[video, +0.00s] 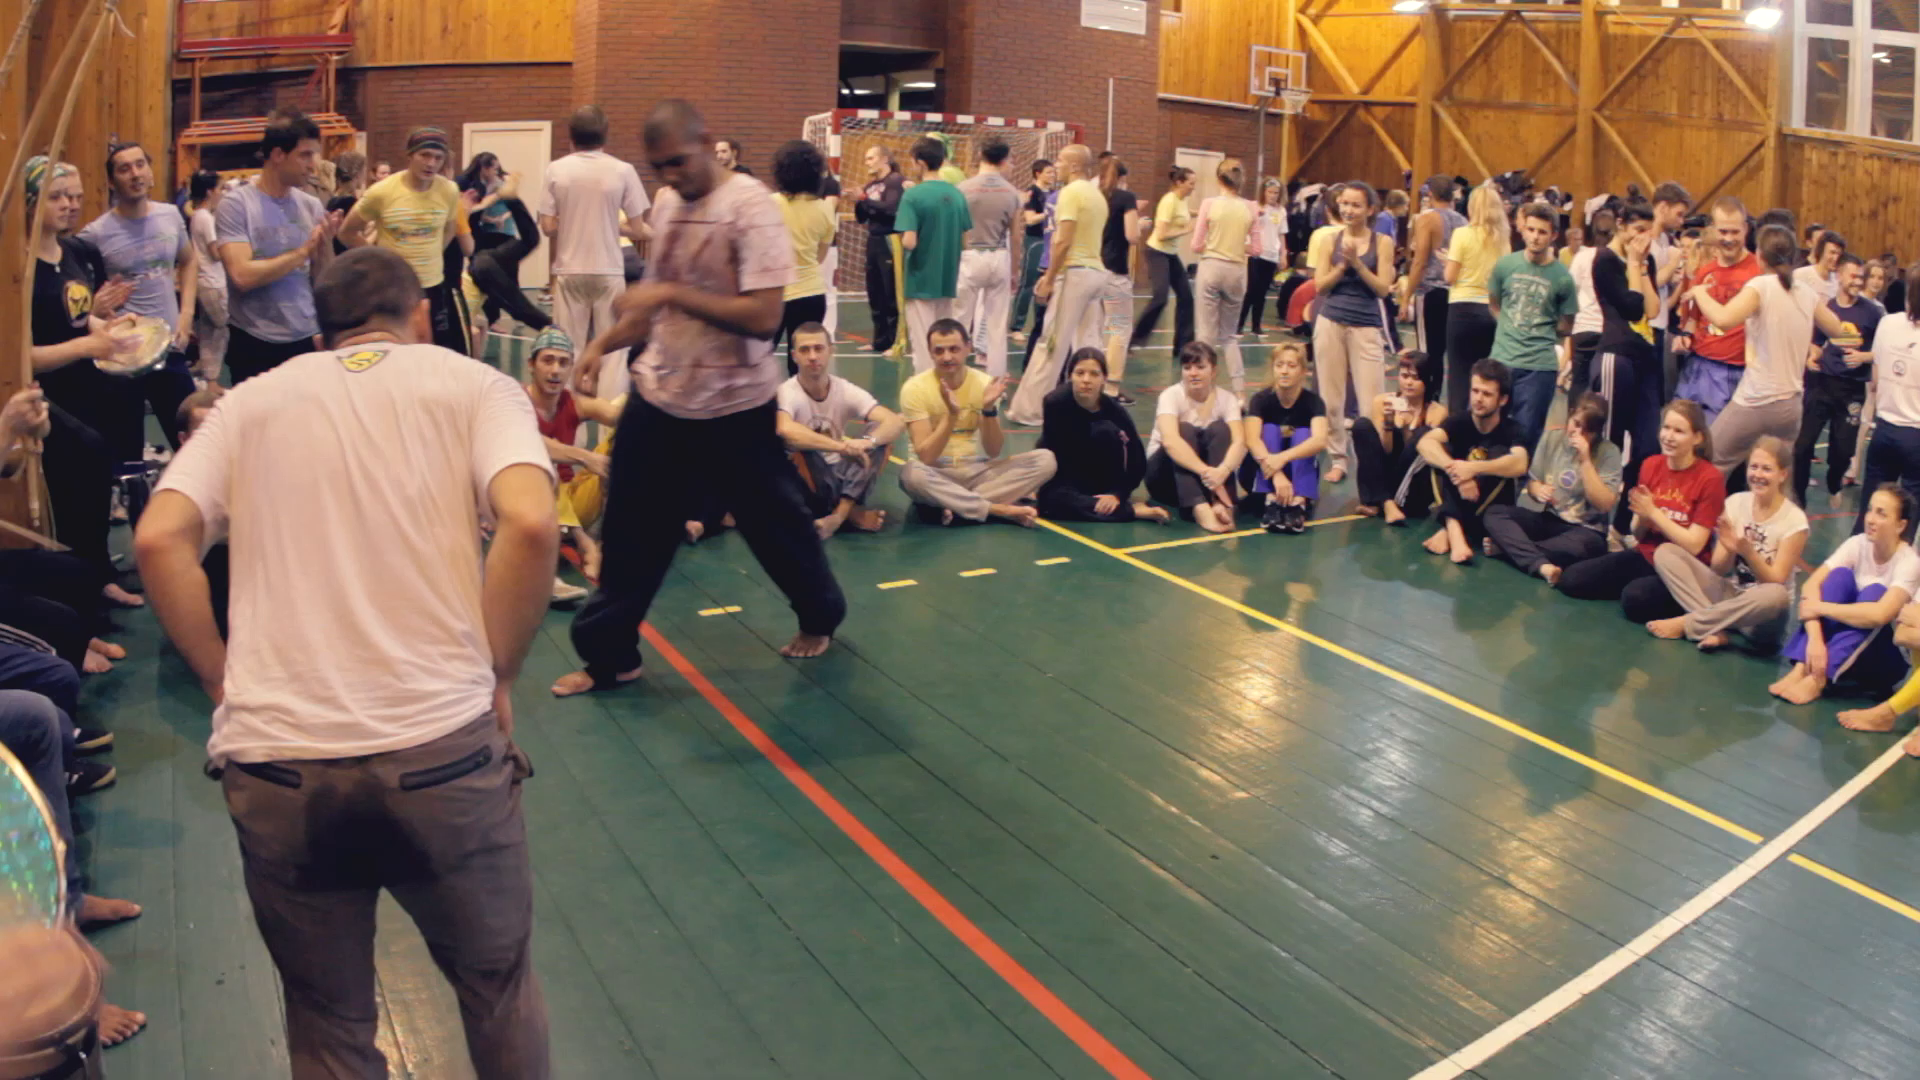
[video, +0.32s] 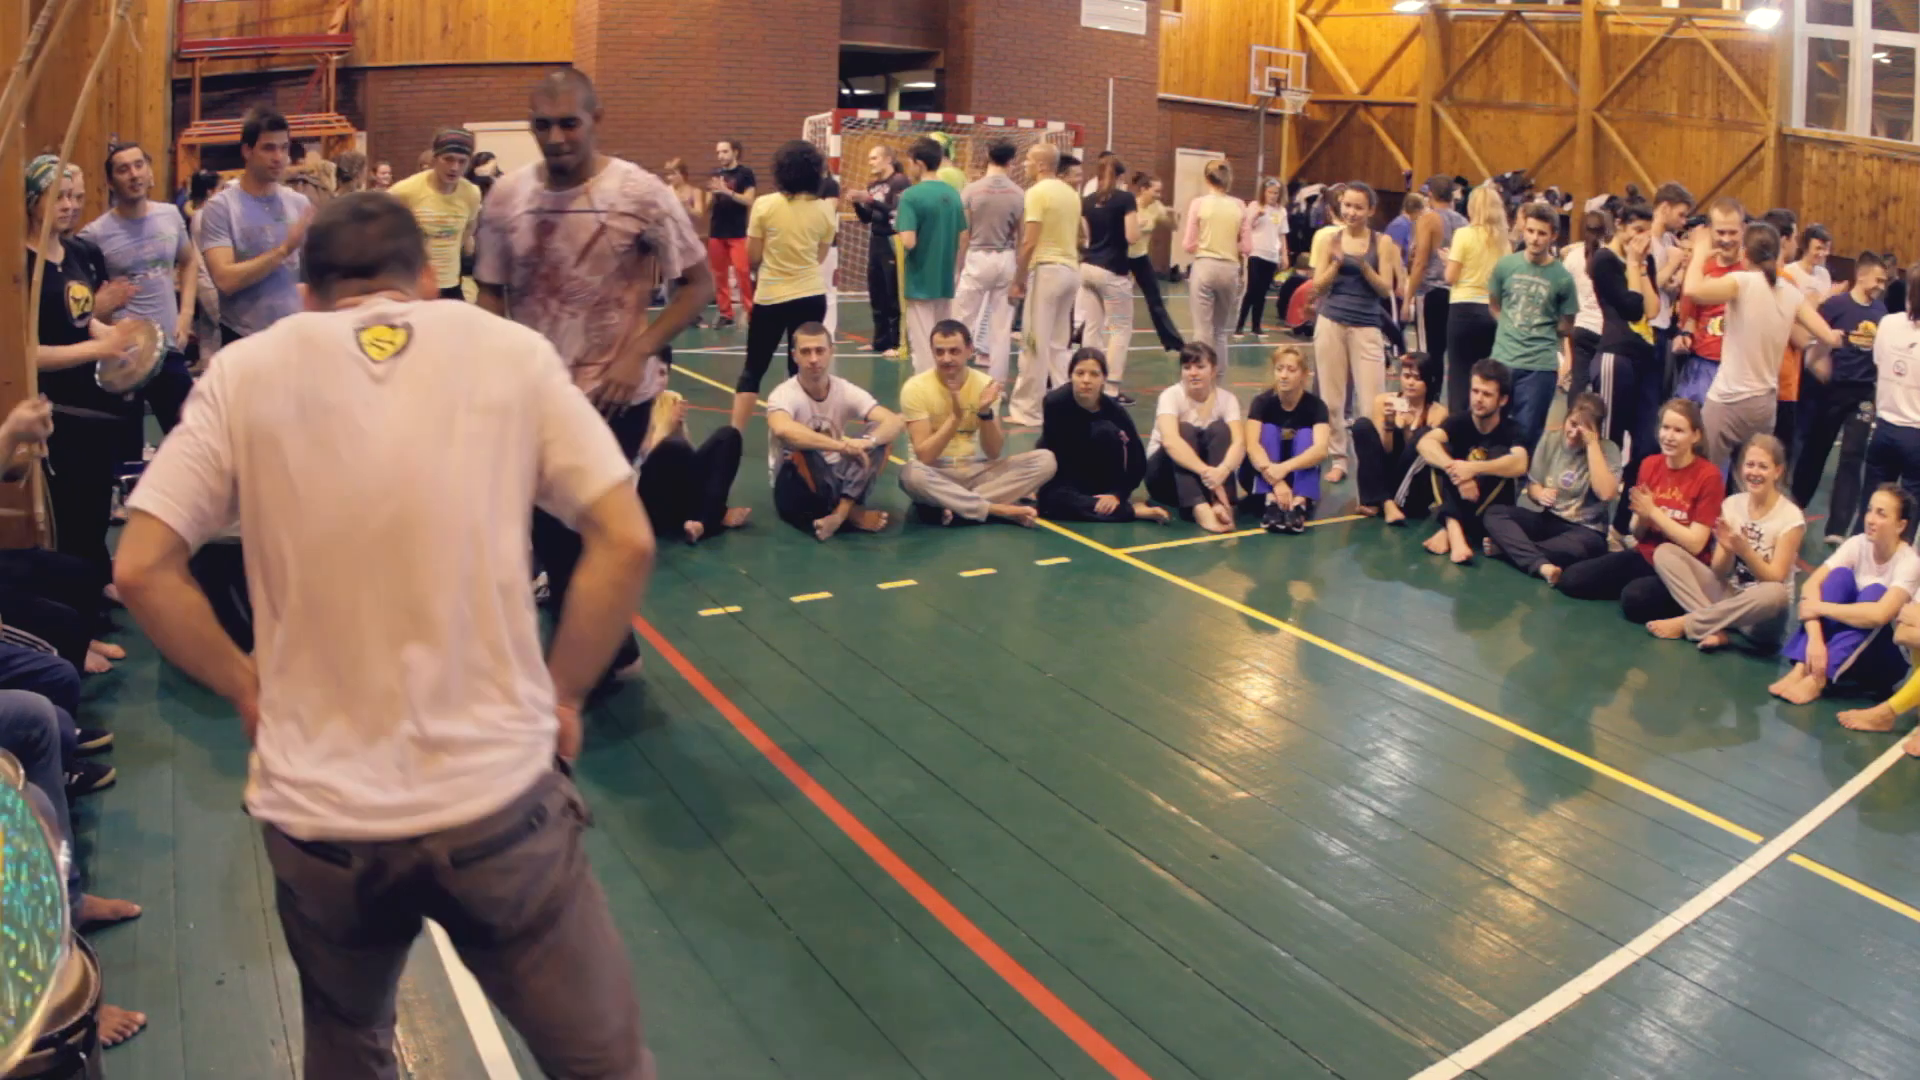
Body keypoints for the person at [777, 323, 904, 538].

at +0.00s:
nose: (812, 357)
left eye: (818, 349)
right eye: (805, 350)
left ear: (830, 352)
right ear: (794, 355)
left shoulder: (843, 389)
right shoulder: (787, 391)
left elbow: (895, 421)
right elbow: (784, 430)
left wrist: (869, 441)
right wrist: (840, 446)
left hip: (843, 477)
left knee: (879, 437)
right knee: (798, 451)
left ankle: (839, 514)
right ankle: (851, 510)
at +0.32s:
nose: (813, 359)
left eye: (820, 351)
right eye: (805, 352)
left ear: (831, 352)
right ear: (794, 355)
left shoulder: (843, 389)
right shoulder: (784, 394)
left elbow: (895, 421)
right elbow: (782, 430)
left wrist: (869, 441)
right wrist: (841, 446)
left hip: (839, 491)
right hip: (796, 495)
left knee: (881, 439)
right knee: (802, 449)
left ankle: (839, 514)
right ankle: (851, 511)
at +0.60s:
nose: (813, 357)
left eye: (820, 349)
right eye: (805, 351)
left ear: (831, 351)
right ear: (794, 355)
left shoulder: (843, 389)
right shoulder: (784, 394)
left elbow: (895, 422)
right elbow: (782, 430)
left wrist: (870, 442)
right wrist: (841, 447)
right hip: (797, 496)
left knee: (881, 439)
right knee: (802, 451)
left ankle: (838, 515)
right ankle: (852, 512)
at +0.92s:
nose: (813, 358)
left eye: (820, 350)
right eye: (805, 351)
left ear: (831, 351)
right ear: (794, 355)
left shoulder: (843, 389)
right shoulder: (784, 394)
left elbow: (894, 423)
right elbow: (782, 430)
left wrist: (869, 442)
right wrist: (841, 447)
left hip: (839, 492)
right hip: (797, 496)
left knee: (881, 441)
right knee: (802, 451)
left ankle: (839, 514)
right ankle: (851, 512)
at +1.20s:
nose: (814, 358)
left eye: (821, 349)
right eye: (806, 351)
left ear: (832, 351)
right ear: (794, 355)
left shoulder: (844, 390)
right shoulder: (784, 394)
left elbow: (895, 423)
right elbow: (782, 430)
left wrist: (870, 442)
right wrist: (841, 447)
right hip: (797, 496)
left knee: (880, 440)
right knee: (802, 451)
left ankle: (838, 515)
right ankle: (852, 512)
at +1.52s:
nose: (814, 358)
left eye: (820, 350)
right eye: (805, 351)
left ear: (832, 351)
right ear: (794, 355)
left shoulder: (844, 390)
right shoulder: (784, 394)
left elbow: (896, 422)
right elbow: (782, 430)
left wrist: (870, 442)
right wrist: (841, 447)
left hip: (839, 492)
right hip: (797, 497)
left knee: (881, 439)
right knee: (803, 448)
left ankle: (838, 515)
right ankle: (852, 511)